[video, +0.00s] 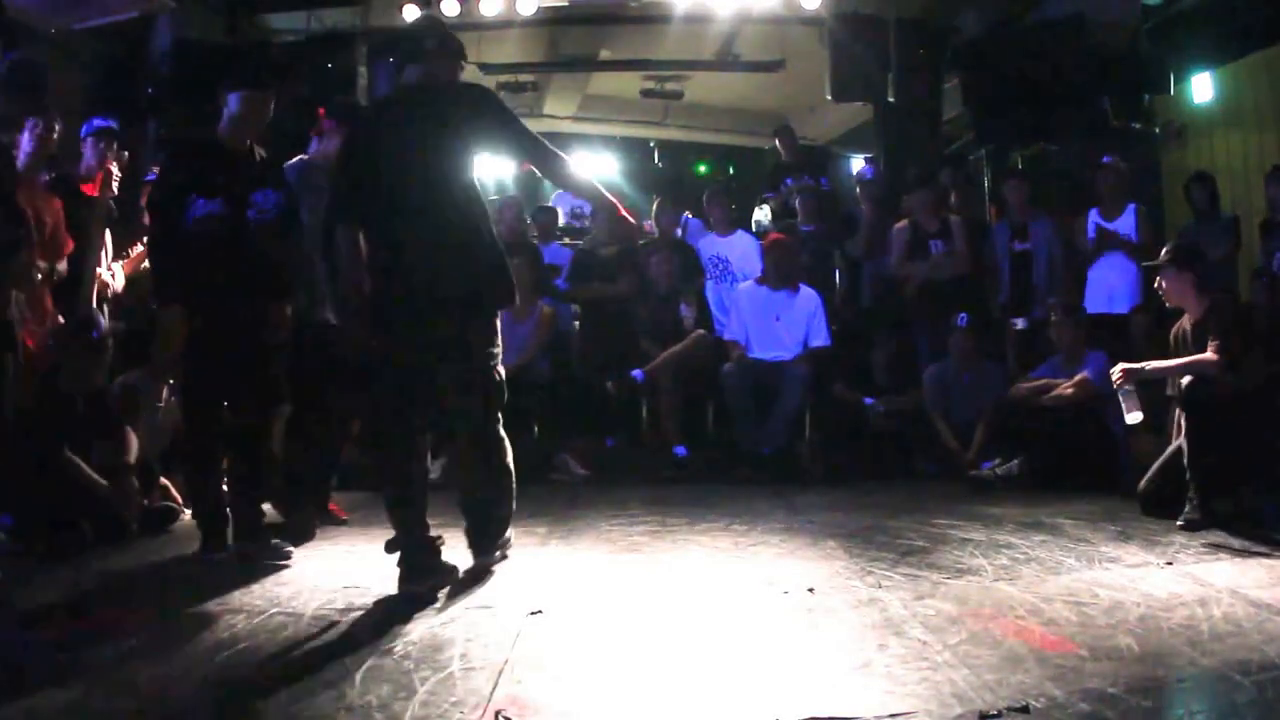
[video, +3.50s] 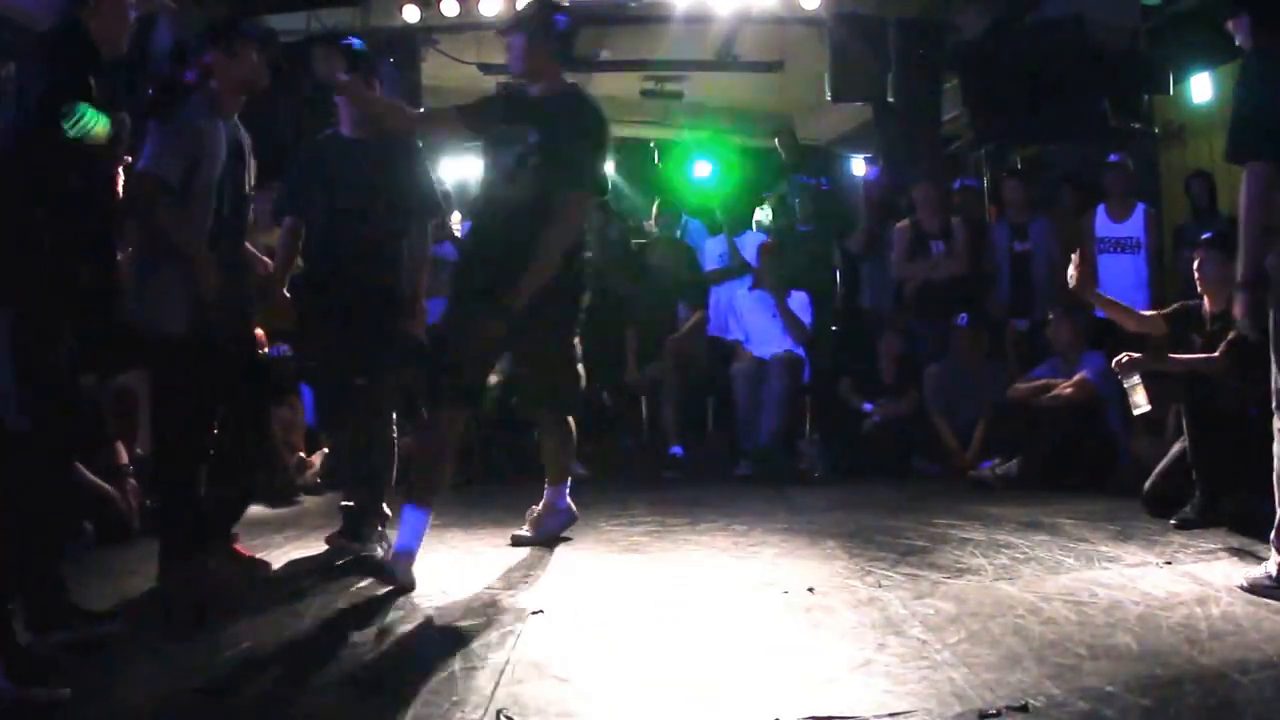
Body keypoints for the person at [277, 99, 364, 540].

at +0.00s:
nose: (342, 147)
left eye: (346, 139)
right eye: (338, 137)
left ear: (344, 138)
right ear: (323, 131)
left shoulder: (346, 177)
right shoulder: (299, 174)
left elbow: (352, 244)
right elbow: (300, 245)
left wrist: (360, 292)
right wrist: (314, 300)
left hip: (339, 311)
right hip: (306, 310)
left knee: (331, 407)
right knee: (308, 405)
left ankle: (320, 491)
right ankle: (298, 493)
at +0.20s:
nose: (342, 157)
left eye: (347, 149)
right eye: (339, 146)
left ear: (346, 146)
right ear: (318, 134)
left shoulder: (334, 186)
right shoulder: (285, 179)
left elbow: (350, 249)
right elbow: (283, 251)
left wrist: (369, 297)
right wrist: (290, 303)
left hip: (331, 311)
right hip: (293, 311)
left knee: (331, 403)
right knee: (298, 403)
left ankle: (318, 492)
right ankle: (289, 496)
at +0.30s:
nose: (336, 157)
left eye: (341, 150)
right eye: (331, 147)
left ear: (341, 150)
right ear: (306, 138)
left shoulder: (333, 188)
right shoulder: (285, 182)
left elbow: (370, 227)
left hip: (326, 311)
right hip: (287, 311)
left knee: (333, 402)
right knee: (283, 405)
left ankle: (315, 492)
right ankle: (277, 495)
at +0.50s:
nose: (320, 153)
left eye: (324, 145)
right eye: (316, 144)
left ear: (322, 143)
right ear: (300, 140)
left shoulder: (336, 181)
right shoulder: (278, 179)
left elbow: (358, 232)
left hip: (322, 303)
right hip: (282, 302)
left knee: (322, 395)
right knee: (280, 394)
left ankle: (311, 485)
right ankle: (278, 486)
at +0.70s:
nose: (312, 153)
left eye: (316, 145)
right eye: (306, 144)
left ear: (321, 146)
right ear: (288, 142)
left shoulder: (324, 185)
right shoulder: (261, 183)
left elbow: (330, 240)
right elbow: (254, 243)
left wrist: (328, 288)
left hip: (313, 309)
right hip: (270, 310)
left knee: (321, 402)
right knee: (267, 403)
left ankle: (306, 484)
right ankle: (273, 490)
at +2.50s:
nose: (282, 113)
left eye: (284, 104)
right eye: (272, 104)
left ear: (280, 109)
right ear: (241, 106)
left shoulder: (294, 164)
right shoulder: (200, 163)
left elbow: (302, 229)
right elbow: (168, 224)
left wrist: (293, 284)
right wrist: (186, 268)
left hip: (268, 307)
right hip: (211, 306)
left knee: (262, 411)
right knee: (216, 415)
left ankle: (264, 511)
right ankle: (232, 515)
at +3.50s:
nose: (259, 71)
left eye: (260, 60)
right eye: (249, 59)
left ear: (249, 69)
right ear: (217, 61)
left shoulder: (239, 137)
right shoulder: (185, 124)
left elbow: (232, 222)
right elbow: (148, 201)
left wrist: (256, 260)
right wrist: (196, 259)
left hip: (221, 303)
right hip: (175, 306)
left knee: (243, 423)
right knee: (182, 426)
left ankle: (216, 536)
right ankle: (180, 553)